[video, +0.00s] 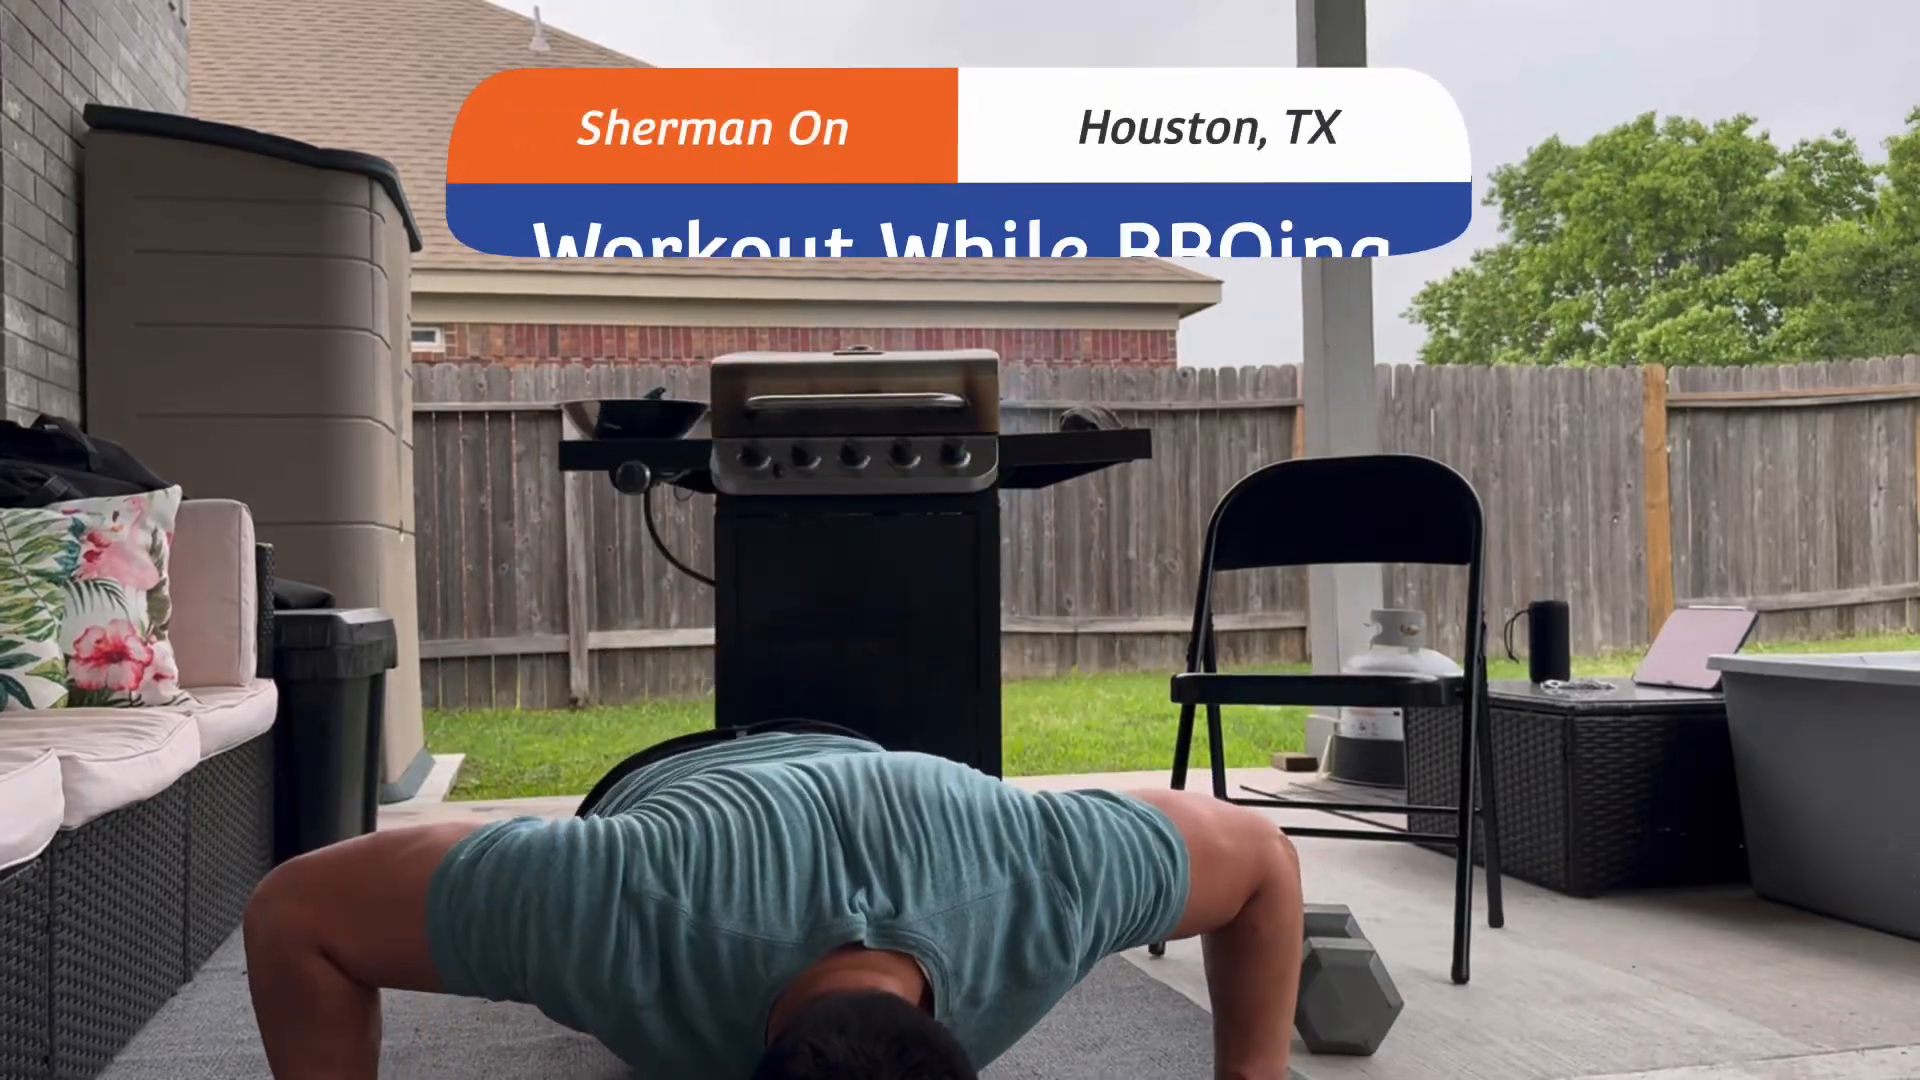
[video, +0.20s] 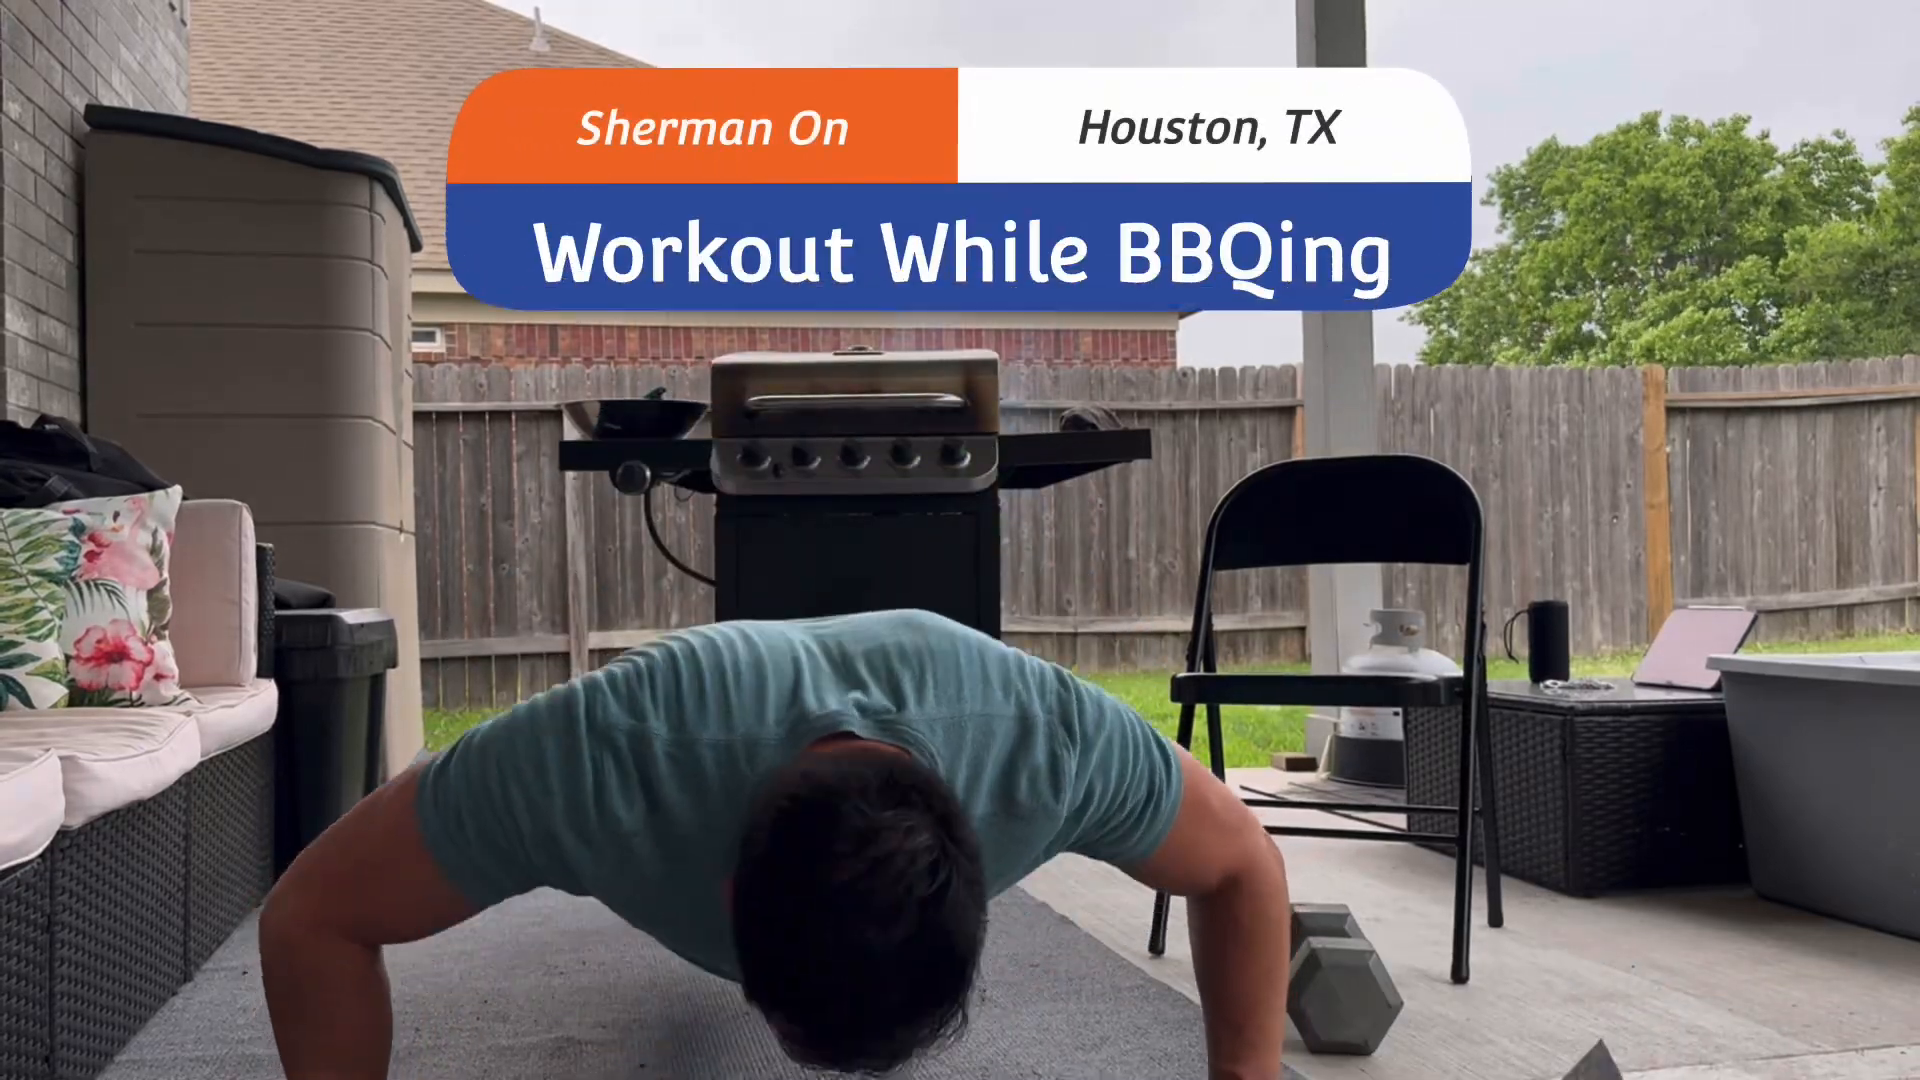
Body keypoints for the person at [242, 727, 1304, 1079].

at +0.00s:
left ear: (945, 1031)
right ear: (767, 1036)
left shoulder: (1052, 882)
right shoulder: (620, 924)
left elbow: (1263, 865)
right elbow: (293, 923)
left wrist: (1256, 1066)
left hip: (895, 773)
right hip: (652, 799)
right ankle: (451, 816)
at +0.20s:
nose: (825, 1047)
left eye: (870, 1036)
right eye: (797, 1022)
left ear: (975, 871)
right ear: (743, 875)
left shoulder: (1056, 756)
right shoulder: (589, 771)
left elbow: (1245, 871)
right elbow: (312, 923)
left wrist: (1248, 1067)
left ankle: (1278, 945)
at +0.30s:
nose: (844, 897)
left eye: (882, 875)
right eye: (809, 872)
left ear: (959, 766)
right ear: (730, 758)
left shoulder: (1045, 638)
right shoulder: (585, 631)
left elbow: (1208, 857)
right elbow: (372, 903)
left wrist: (1240, 1070)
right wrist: (362, 1072)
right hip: (668, 802)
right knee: (690, 887)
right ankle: (671, 887)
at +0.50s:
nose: (830, 930)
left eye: (868, 913)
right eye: (792, 904)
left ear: (955, 794)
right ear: (724, 777)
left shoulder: (1030, 653)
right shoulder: (582, 656)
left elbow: (1205, 861)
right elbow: (346, 902)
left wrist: (1236, 1072)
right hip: (670, 869)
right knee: (678, 898)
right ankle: (637, 868)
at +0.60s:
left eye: (888, 1064)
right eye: (794, 1052)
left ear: (958, 925)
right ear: (732, 933)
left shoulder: (1043, 775)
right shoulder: (583, 779)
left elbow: (1248, 867)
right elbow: (293, 922)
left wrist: (1250, 1067)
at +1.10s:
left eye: (886, 1042)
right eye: (804, 1033)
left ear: (965, 866)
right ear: (733, 879)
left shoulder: (1047, 752)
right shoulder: (586, 766)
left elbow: (1233, 872)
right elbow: (299, 921)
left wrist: (1244, 1066)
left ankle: (1269, 950)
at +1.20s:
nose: (806, 877)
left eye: (857, 857)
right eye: (778, 845)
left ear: (952, 736)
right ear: (715, 716)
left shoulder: (1034, 624)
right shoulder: (574, 616)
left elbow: (1185, 859)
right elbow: (373, 899)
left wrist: (1230, 1067)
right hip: (657, 794)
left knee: (863, 861)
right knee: (687, 889)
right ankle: (664, 891)